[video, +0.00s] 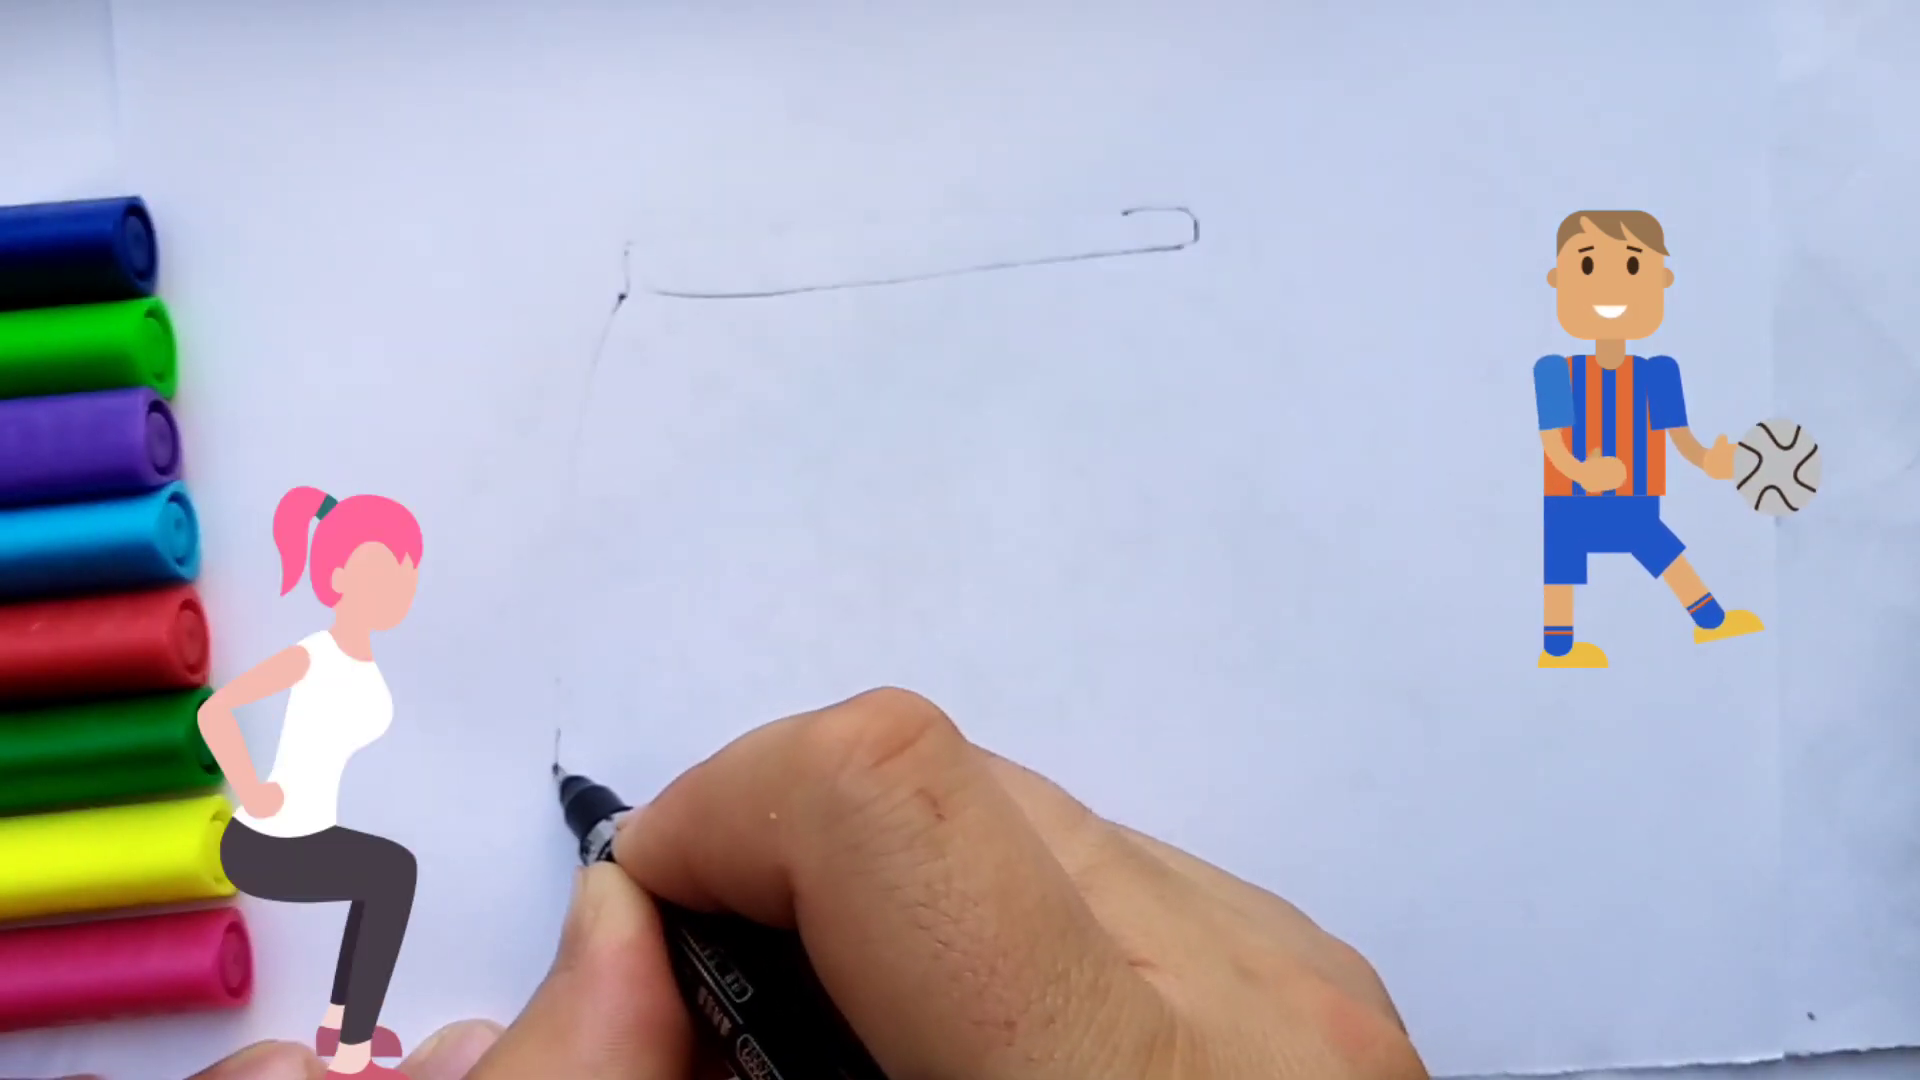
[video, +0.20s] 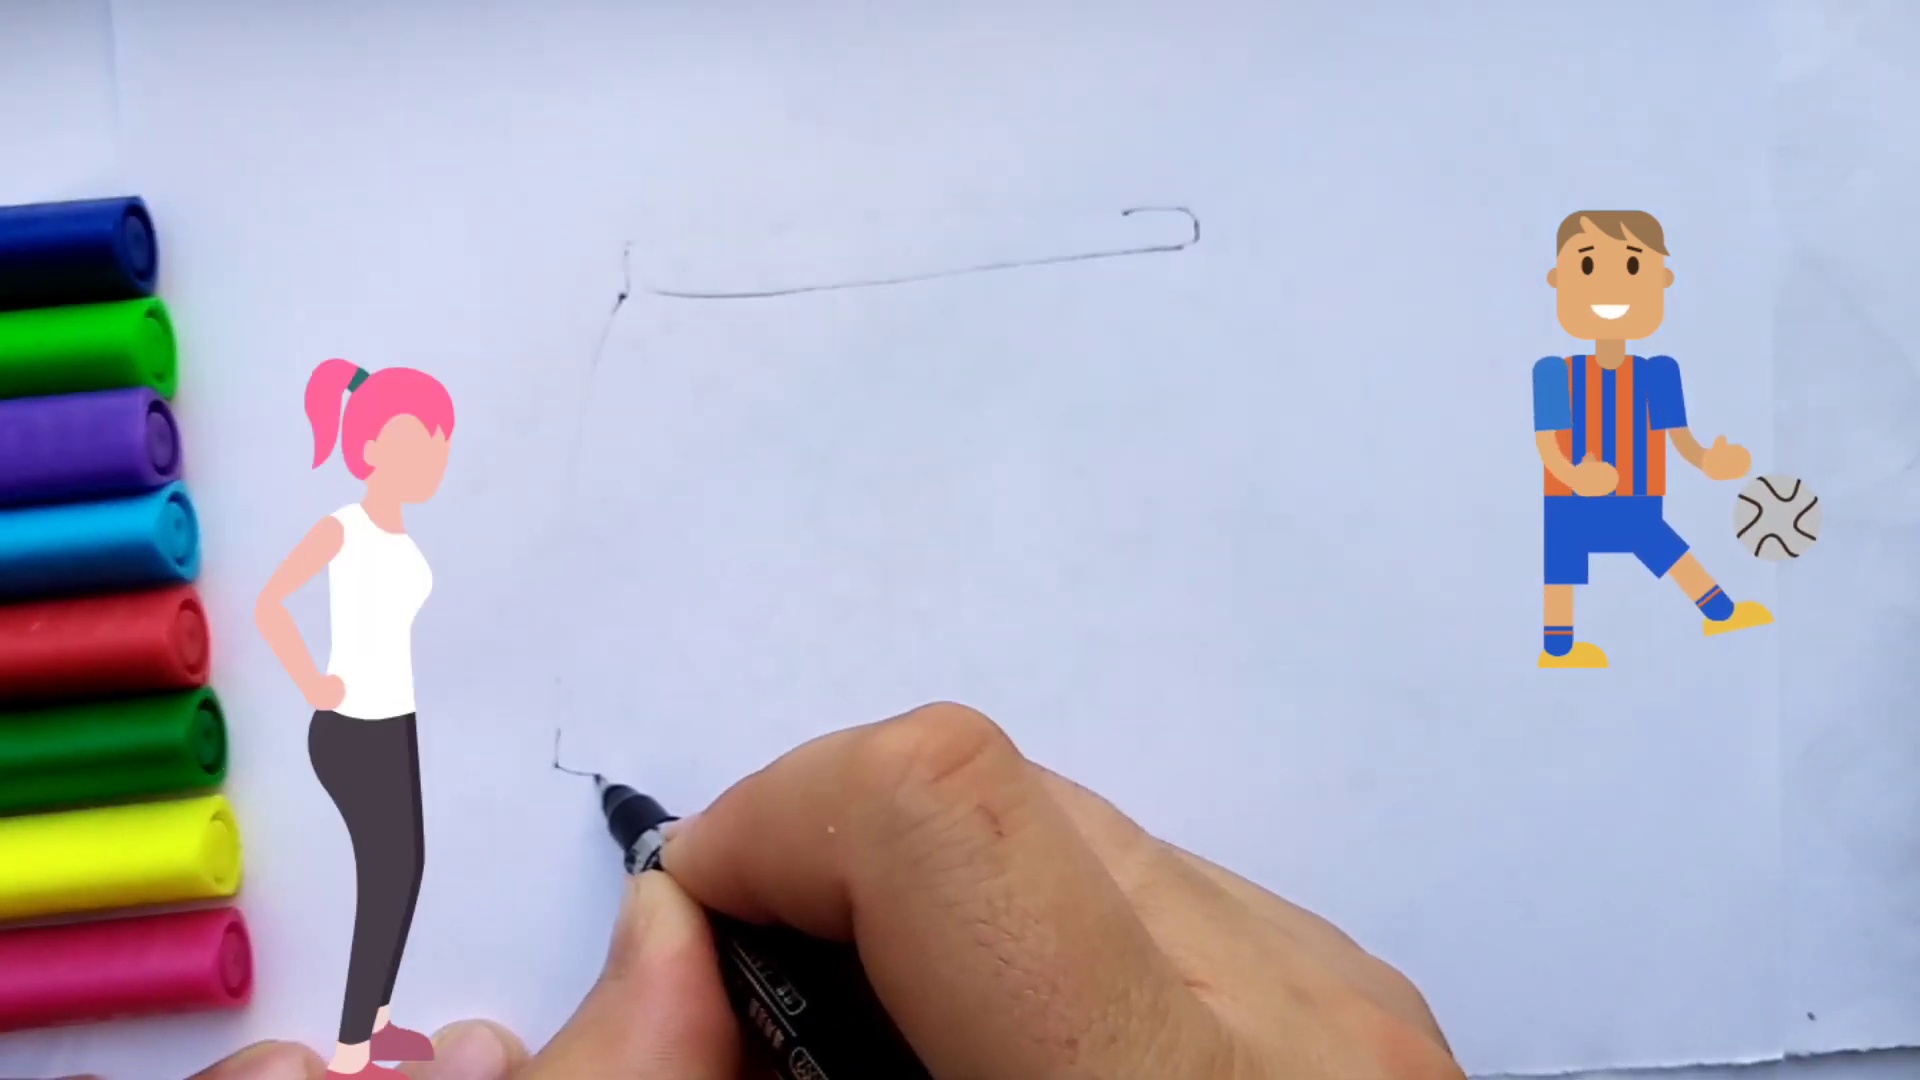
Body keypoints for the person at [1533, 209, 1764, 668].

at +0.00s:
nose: (1611, 287)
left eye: (1631, 267)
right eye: (1589, 266)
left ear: (1662, 283)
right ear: (1559, 283)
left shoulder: (1656, 374)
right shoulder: (1558, 373)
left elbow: (1683, 437)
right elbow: (1552, 441)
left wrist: (1709, 461)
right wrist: (1581, 472)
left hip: (1630, 506)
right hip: (1570, 507)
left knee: (1663, 552)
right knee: (1561, 569)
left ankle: (1710, 618)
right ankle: (1558, 647)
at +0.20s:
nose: (1611, 287)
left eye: (1632, 267)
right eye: (1589, 267)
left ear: (1661, 283)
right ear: (1559, 284)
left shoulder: (1657, 374)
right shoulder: (1557, 373)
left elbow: (1681, 435)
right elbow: (1547, 440)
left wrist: (1709, 462)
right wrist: (1572, 476)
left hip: (1632, 505)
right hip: (1569, 507)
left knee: (1668, 551)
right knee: (1561, 570)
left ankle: (1719, 610)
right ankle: (1557, 645)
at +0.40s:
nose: (1610, 287)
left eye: (1631, 267)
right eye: (1590, 267)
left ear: (1661, 283)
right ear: (1560, 283)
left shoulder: (1657, 374)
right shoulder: (1555, 375)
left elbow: (1681, 438)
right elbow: (1542, 444)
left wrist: (1708, 462)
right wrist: (1567, 480)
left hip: (1634, 505)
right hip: (1570, 508)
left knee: (1676, 551)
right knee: (1560, 573)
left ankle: (1729, 602)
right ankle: (1557, 647)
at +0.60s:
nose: (1611, 287)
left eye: (1631, 267)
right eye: (1589, 266)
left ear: (1662, 283)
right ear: (1559, 283)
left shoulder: (1656, 374)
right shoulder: (1558, 373)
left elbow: (1684, 439)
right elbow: (1550, 442)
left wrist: (1710, 461)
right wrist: (1580, 474)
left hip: (1631, 506)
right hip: (1570, 507)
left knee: (1664, 551)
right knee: (1561, 567)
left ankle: (1713, 615)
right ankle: (1558, 646)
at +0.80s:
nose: (1610, 287)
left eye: (1632, 267)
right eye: (1589, 266)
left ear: (1661, 284)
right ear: (1559, 283)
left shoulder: (1657, 374)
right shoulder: (1558, 373)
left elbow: (1683, 437)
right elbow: (1548, 441)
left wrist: (1711, 462)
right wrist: (1576, 474)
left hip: (1632, 506)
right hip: (1569, 507)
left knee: (1666, 551)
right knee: (1561, 569)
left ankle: (1716, 612)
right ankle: (1557, 646)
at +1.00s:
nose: (1610, 287)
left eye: (1631, 267)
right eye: (1590, 267)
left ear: (1661, 283)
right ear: (1561, 283)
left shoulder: (1657, 374)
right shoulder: (1555, 375)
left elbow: (1680, 437)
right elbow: (1542, 442)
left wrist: (1707, 462)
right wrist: (1566, 479)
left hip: (1634, 505)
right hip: (1570, 508)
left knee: (1675, 551)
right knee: (1560, 572)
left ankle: (1729, 602)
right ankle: (1557, 646)